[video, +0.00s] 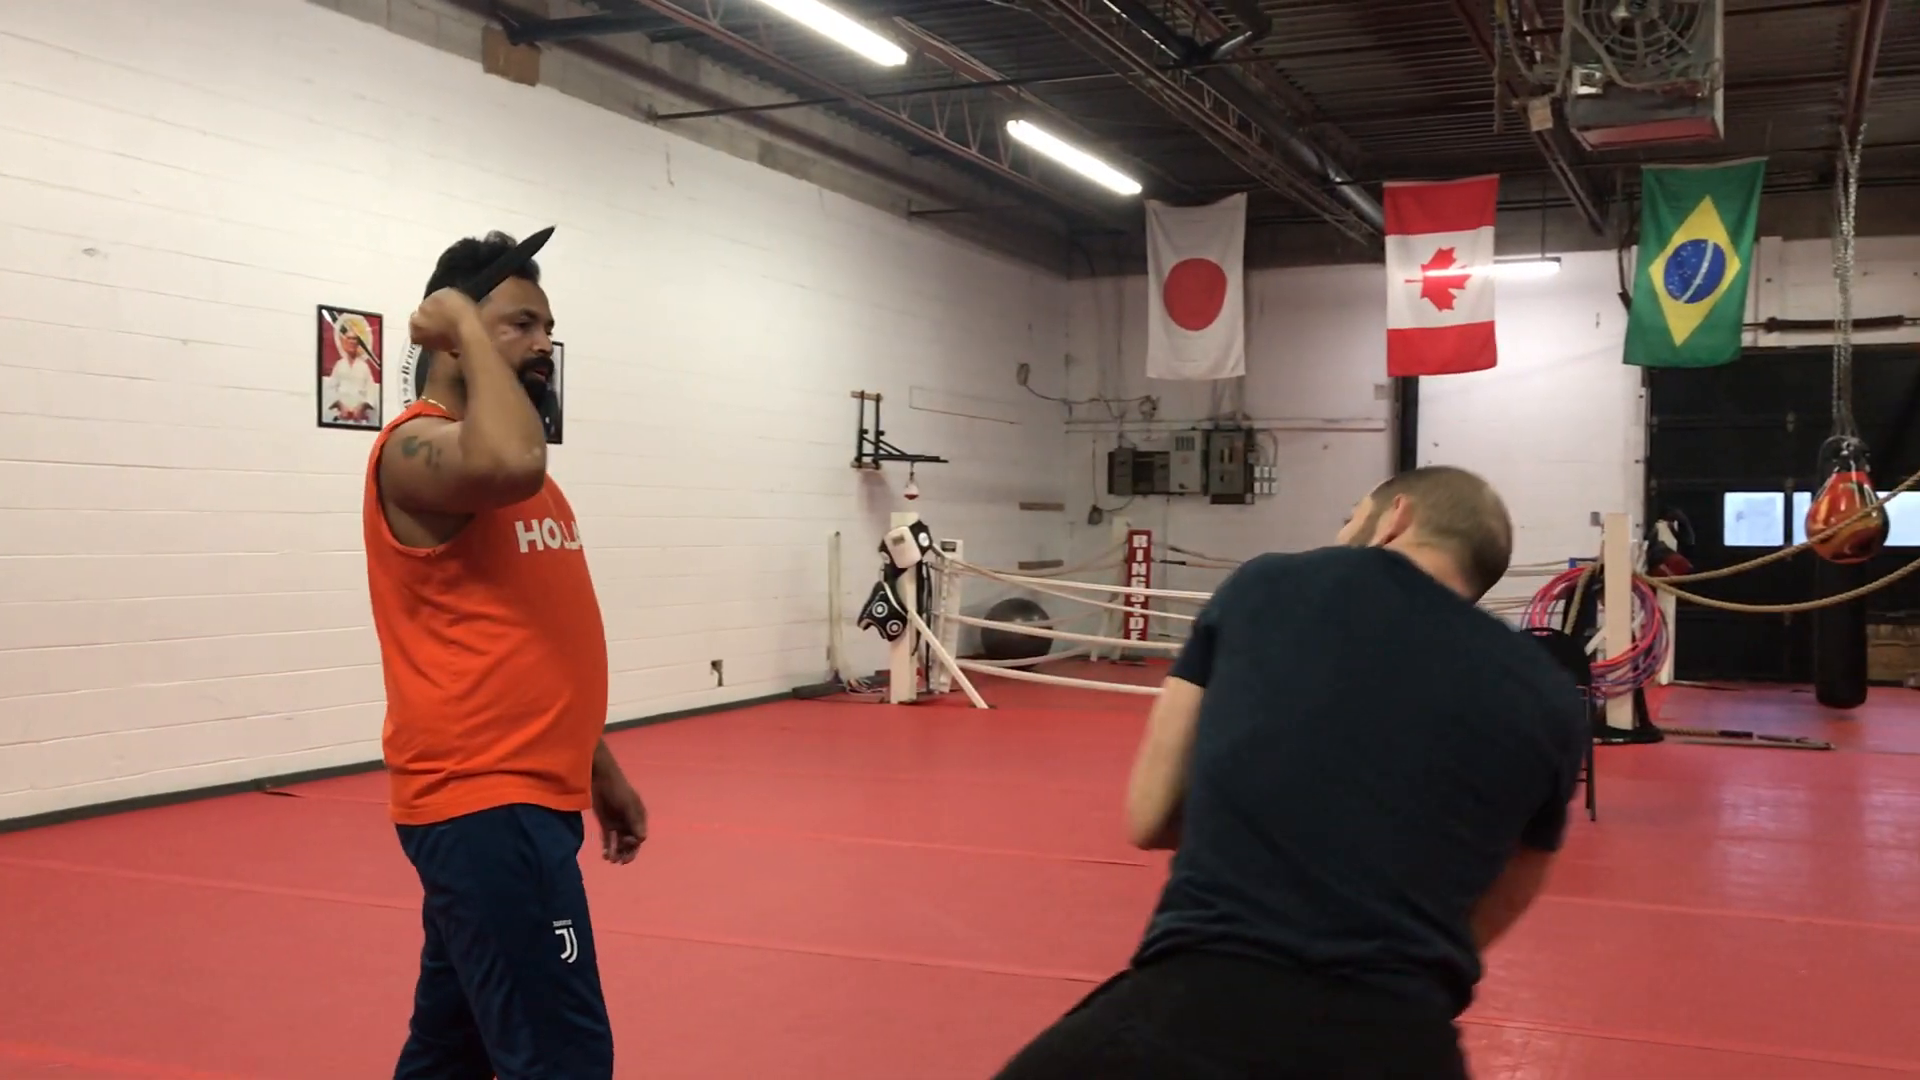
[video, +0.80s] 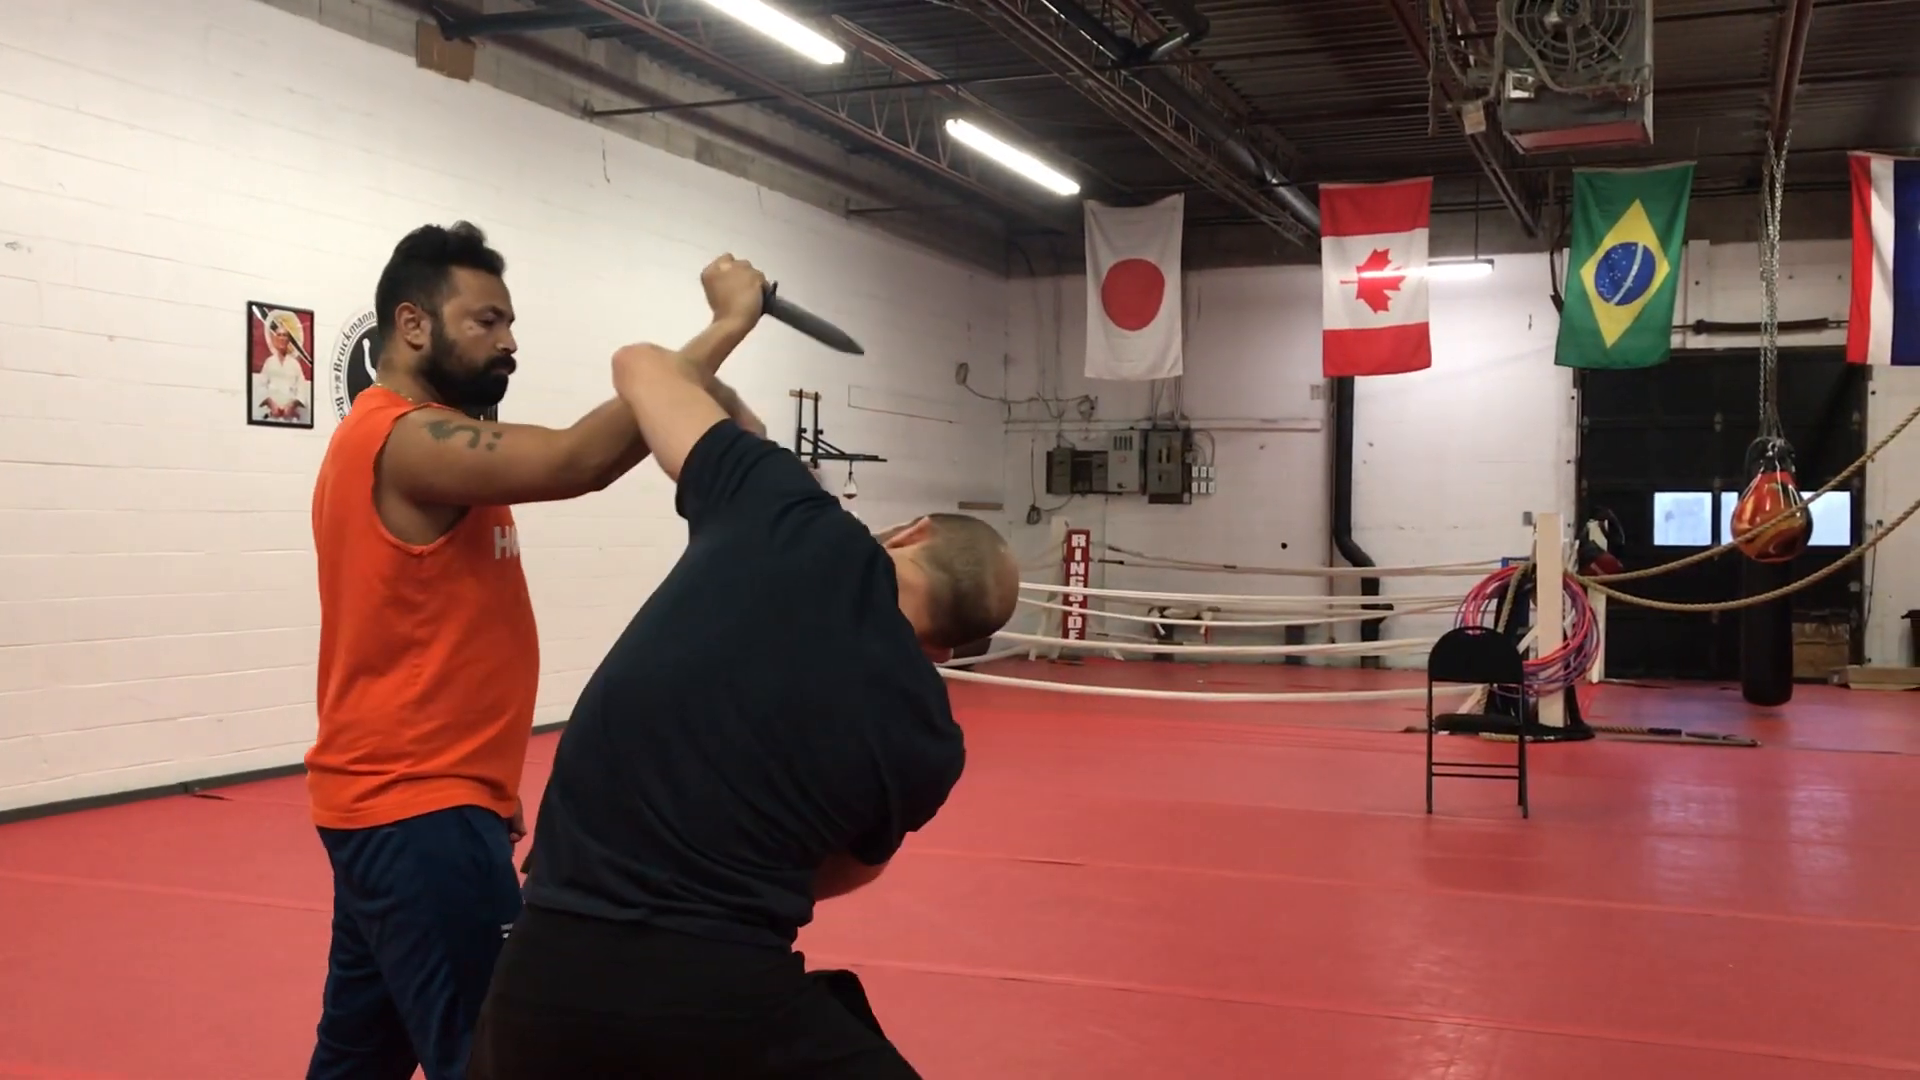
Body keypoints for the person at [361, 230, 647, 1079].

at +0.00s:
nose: (544, 346)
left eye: (546, 326)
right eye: (518, 323)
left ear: (542, 334)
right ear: (457, 340)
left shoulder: (517, 452)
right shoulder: (415, 444)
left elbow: (537, 632)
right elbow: (512, 460)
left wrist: (600, 769)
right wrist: (466, 327)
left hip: (527, 798)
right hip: (477, 802)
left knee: (452, 1055)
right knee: (566, 1056)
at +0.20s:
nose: (540, 340)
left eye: (541, 320)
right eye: (516, 318)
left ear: (458, 333)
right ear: (449, 327)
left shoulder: (474, 433)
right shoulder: (429, 436)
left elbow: (490, 635)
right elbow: (561, 442)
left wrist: (553, 779)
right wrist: (551, 281)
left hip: (484, 798)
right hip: (471, 804)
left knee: (427, 1053)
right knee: (559, 1057)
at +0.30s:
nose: (547, 336)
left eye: (546, 318)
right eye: (522, 315)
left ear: (457, 331)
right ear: (449, 324)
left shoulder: (459, 430)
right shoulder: (442, 435)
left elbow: (478, 635)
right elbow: (590, 444)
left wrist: (540, 786)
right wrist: (626, 267)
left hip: (467, 800)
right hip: (465, 807)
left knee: (408, 1056)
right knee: (546, 1058)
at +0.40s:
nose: (545, 337)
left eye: (543, 316)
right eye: (523, 313)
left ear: (450, 329)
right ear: (448, 323)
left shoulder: (423, 429)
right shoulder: (449, 434)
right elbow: (613, 456)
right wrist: (697, 285)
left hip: (424, 802)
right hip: (461, 809)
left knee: (394, 1055)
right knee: (535, 1059)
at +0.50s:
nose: (545, 335)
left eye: (543, 314)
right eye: (522, 312)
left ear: (449, 329)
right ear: (448, 322)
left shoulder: (404, 433)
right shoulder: (451, 436)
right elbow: (624, 462)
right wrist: (743, 313)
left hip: (406, 801)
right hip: (452, 807)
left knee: (380, 1058)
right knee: (525, 1059)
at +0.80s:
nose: (511, 343)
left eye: (509, 322)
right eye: (488, 320)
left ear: (419, 332)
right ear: (411, 325)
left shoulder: (390, 433)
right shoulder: (407, 438)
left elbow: (575, 468)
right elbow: (578, 460)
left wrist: (695, 398)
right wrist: (726, 326)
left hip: (401, 801)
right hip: (420, 807)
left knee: (359, 1056)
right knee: (483, 1057)